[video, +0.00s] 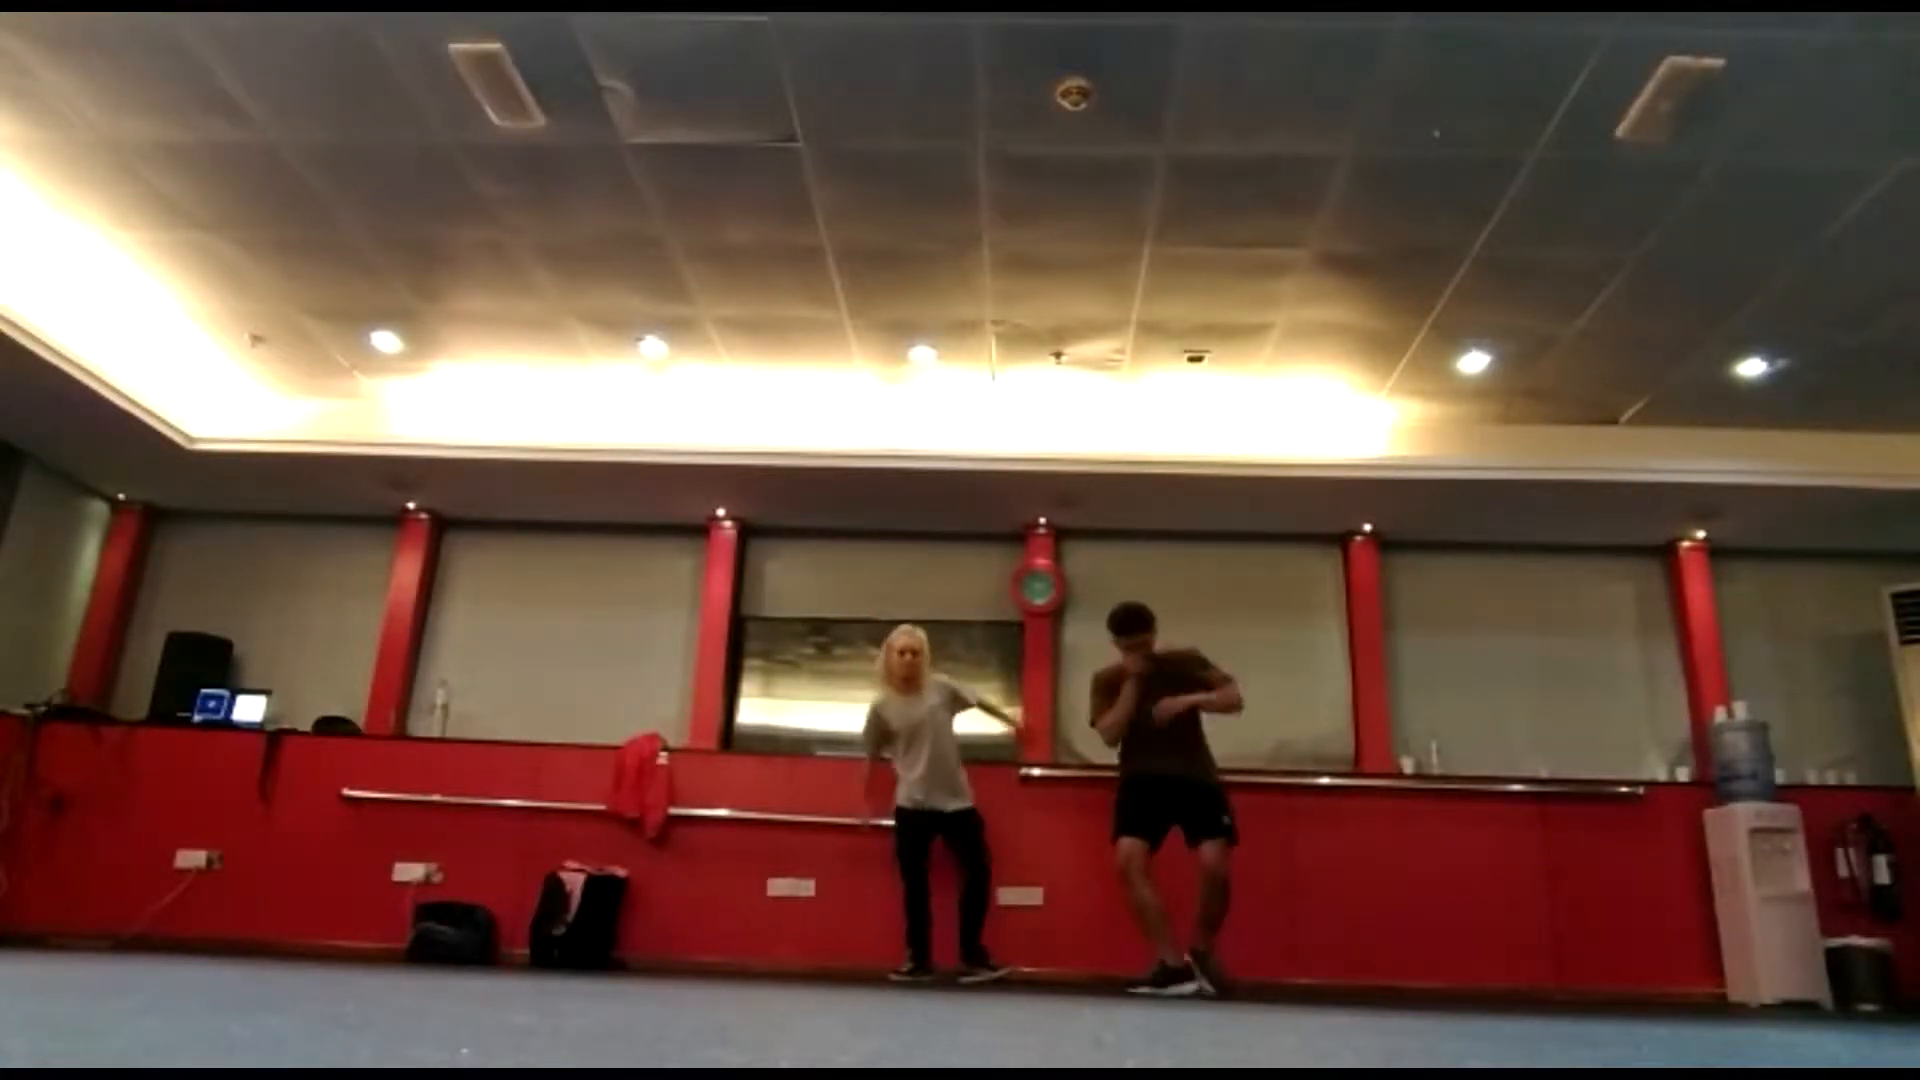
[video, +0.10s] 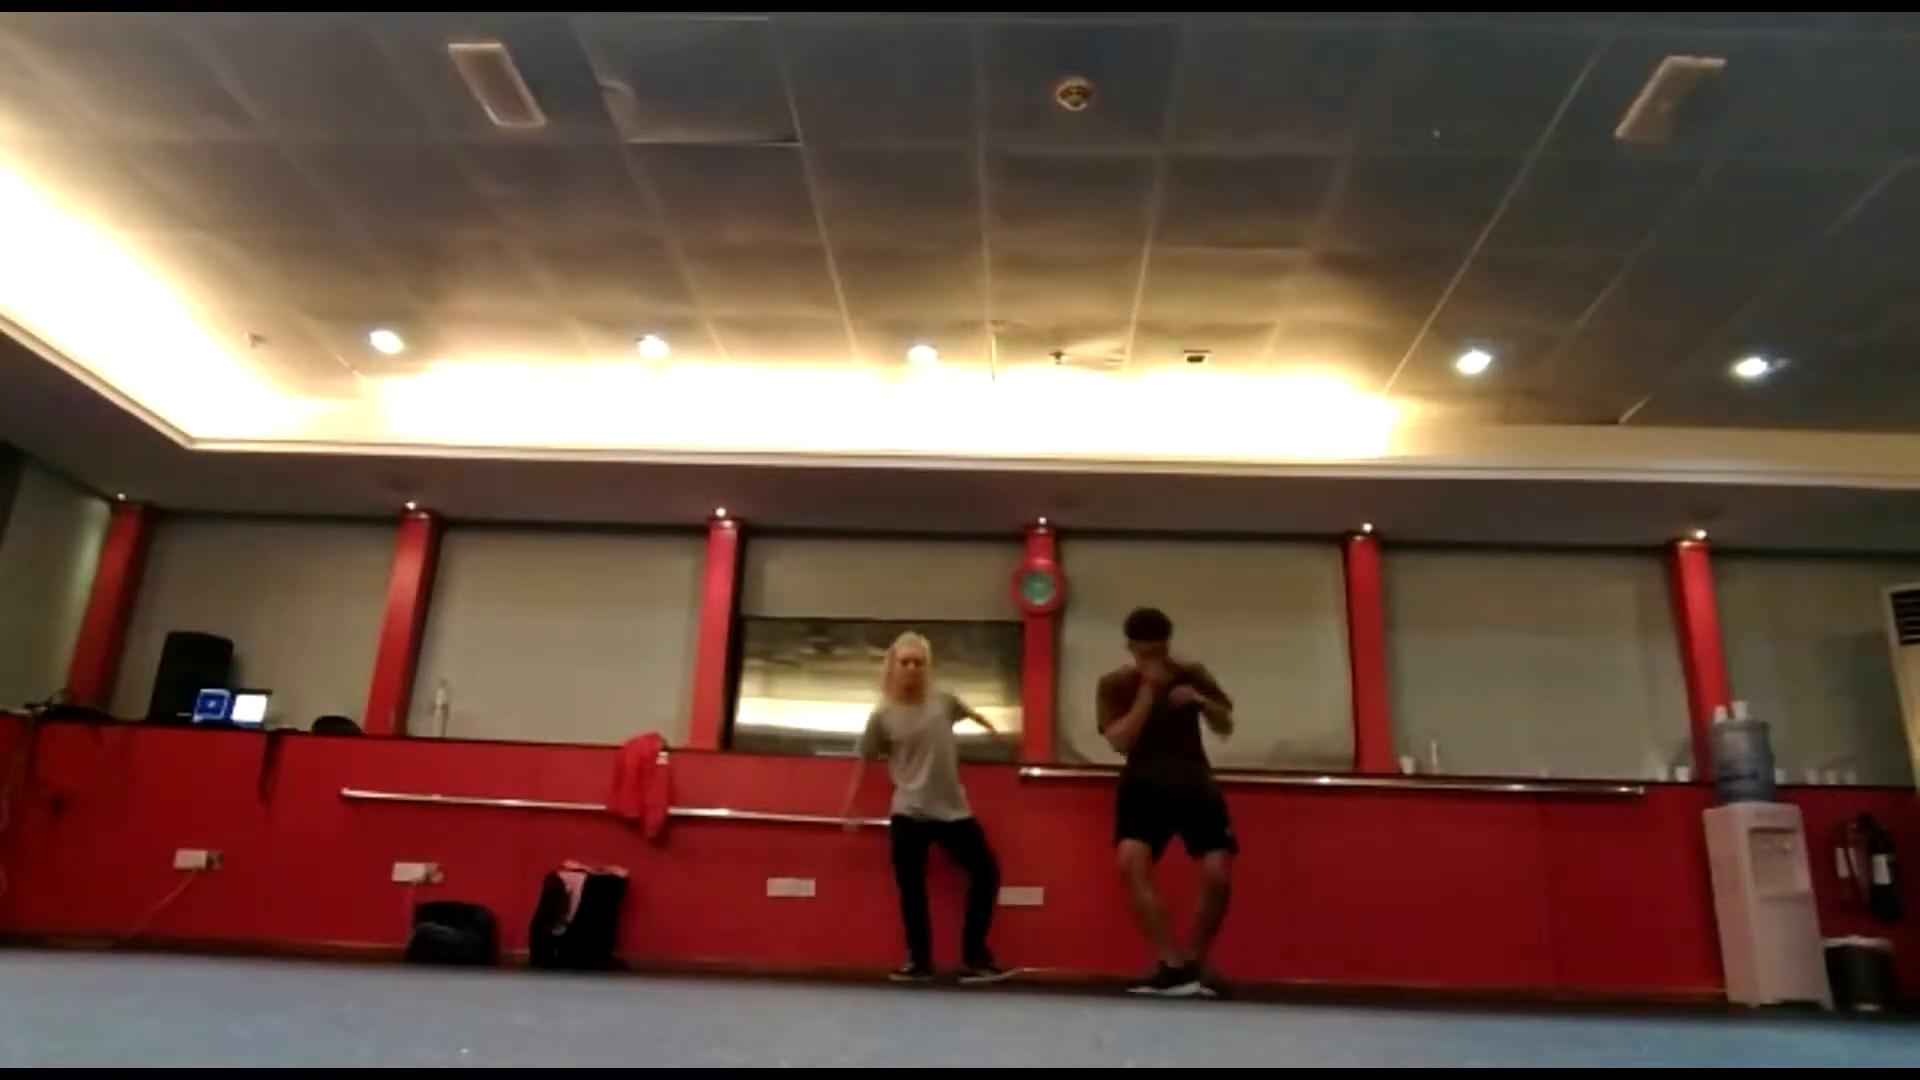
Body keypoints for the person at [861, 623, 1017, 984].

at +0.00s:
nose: (908, 660)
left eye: (914, 653)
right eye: (900, 653)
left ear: (924, 657)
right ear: (887, 658)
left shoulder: (942, 690)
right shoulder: (883, 707)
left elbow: (981, 703)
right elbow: (871, 757)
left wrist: (1014, 722)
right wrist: (865, 802)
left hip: (956, 801)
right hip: (913, 804)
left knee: (978, 875)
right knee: (915, 886)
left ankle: (973, 955)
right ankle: (918, 959)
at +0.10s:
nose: (912, 669)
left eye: (918, 662)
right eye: (904, 662)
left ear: (928, 666)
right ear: (891, 667)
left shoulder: (944, 702)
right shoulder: (884, 716)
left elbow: (973, 716)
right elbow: (862, 766)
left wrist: (996, 732)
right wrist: (849, 809)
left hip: (952, 810)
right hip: (909, 812)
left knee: (986, 873)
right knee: (911, 888)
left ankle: (975, 956)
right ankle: (919, 961)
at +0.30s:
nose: (920, 677)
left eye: (927, 671)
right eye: (913, 670)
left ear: (936, 676)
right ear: (899, 674)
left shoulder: (944, 711)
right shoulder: (890, 722)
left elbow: (948, 760)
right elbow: (874, 773)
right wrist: (859, 820)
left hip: (951, 818)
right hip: (909, 820)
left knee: (992, 874)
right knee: (908, 887)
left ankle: (975, 957)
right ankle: (920, 960)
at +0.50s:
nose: (937, 656)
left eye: (944, 650)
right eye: (931, 649)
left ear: (953, 657)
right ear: (917, 652)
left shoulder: (952, 695)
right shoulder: (906, 696)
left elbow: (951, 745)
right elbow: (911, 751)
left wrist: (957, 789)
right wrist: (929, 794)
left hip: (954, 800)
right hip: (914, 801)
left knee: (975, 873)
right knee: (915, 883)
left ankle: (972, 955)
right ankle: (919, 958)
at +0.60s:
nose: (946, 657)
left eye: (954, 652)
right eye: (940, 650)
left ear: (962, 658)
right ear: (926, 651)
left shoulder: (958, 696)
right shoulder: (912, 693)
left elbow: (952, 744)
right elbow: (927, 742)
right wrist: (959, 780)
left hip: (952, 803)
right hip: (913, 803)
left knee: (976, 872)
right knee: (916, 884)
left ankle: (972, 957)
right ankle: (919, 959)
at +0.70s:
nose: (950, 667)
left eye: (958, 661)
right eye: (944, 659)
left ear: (966, 668)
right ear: (931, 660)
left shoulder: (961, 705)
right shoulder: (916, 697)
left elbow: (954, 750)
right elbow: (920, 743)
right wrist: (962, 767)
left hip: (952, 811)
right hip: (912, 809)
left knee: (986, 874)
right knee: (915, 887)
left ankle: (974, 957)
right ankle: (919, 959)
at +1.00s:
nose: (977, 670)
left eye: (985, 664)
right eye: (972, 662)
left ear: (995, 671)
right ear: (960, 665)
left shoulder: (995, 720)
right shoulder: (935, 700)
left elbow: (1001, 767)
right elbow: (896, 723)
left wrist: (1013, 807)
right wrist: (909, 754)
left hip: (962, 811)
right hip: (919, 806)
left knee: (990, 876)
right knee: (914, 886)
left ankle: (975, 959)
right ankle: (919, 959)